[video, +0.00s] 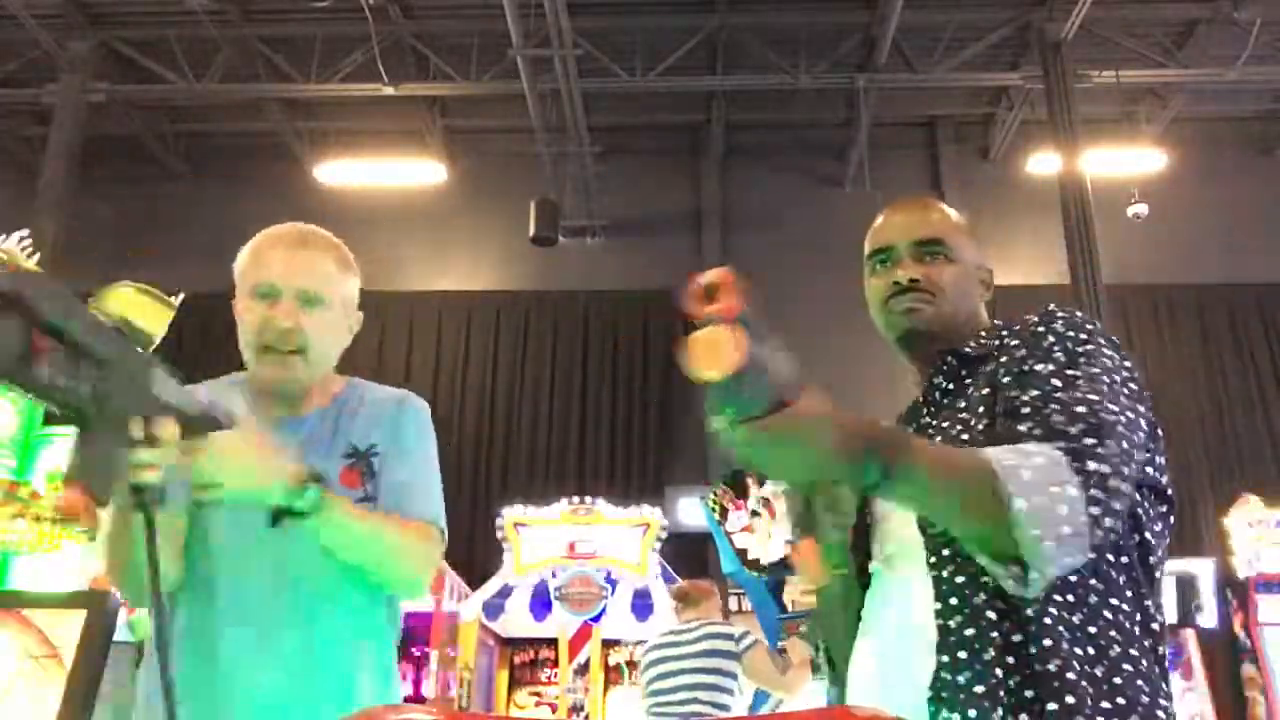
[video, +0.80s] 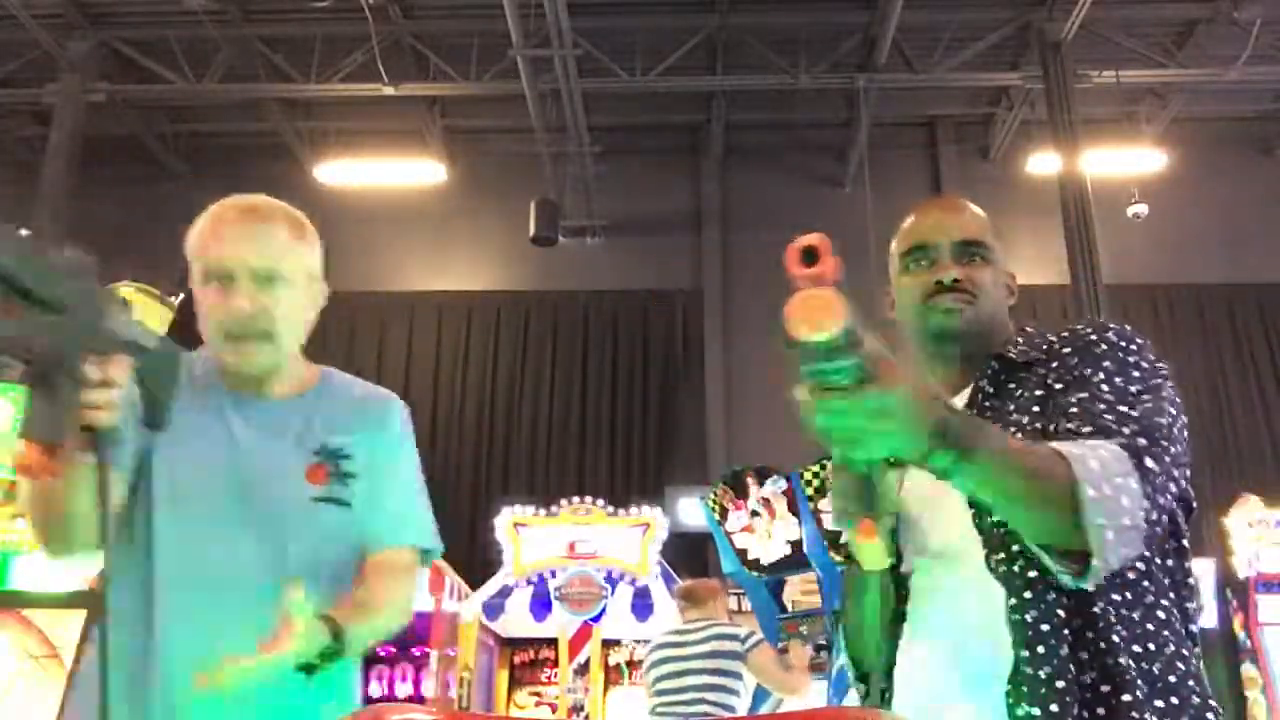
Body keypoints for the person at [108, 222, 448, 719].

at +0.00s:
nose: (284, 320)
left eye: (310, 302)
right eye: (265, 296)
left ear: (351, 323)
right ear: (236, 310)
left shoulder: (397, 418)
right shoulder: (182, 417)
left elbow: (415, 566)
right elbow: (139, 584)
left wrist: (296, 490)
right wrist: (137, 488)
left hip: (343, 707)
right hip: (193, 707)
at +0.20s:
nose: (277, 329)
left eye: (304, 308)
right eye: (257, 306)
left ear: (351, 322)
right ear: (233, 314)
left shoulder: (395, 424)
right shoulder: (196, 411)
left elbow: (332, 571)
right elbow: (128, 590)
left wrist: (223, 536)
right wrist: (150, 501)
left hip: (336, 710)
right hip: (184, 708)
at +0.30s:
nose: (279, 344)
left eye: (303, 319)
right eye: (258, 321)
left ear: (353, 328)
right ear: (237, 330)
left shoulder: (405, 428)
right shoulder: (201, 419)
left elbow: (353, 573)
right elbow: (133, 569)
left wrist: (252, 570)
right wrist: (167, 477)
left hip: (345, 710)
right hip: (195, 709)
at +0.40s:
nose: (289, 349)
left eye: (313, 326)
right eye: (269, 327)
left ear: (362, 335)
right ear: (248, 336)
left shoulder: (418, 436)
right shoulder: (208, 423)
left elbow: (427, 593)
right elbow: (146, 568)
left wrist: (365, 598)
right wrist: (171, 462)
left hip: (352, 711)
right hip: (204, 708)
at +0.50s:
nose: (304, 347)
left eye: (329, 325)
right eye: (284, 325)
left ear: (373, 337)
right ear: (260, 334)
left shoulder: (430, 447)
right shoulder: (216, 425)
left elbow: (477, 593)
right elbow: (152, 558)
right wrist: (183, 463)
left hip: (365, 710)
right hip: (216, 707)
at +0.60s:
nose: (313, 346)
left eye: (336, 323)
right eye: (293, 323)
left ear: (379, 335)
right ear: (266, 331)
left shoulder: (430, 446)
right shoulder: (216, 419)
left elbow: (463, 584)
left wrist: (438, 656)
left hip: (365, 710)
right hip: (211, 707)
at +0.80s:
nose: (243, 305)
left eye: (269, 280)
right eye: (220, 280)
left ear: (317, 296)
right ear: (193, 293)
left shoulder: (371, 419)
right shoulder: (143, 393)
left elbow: (395, 580)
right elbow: (65, 541)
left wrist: (328, 633)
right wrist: (76, 436)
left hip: (295, 713)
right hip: (135, 705)